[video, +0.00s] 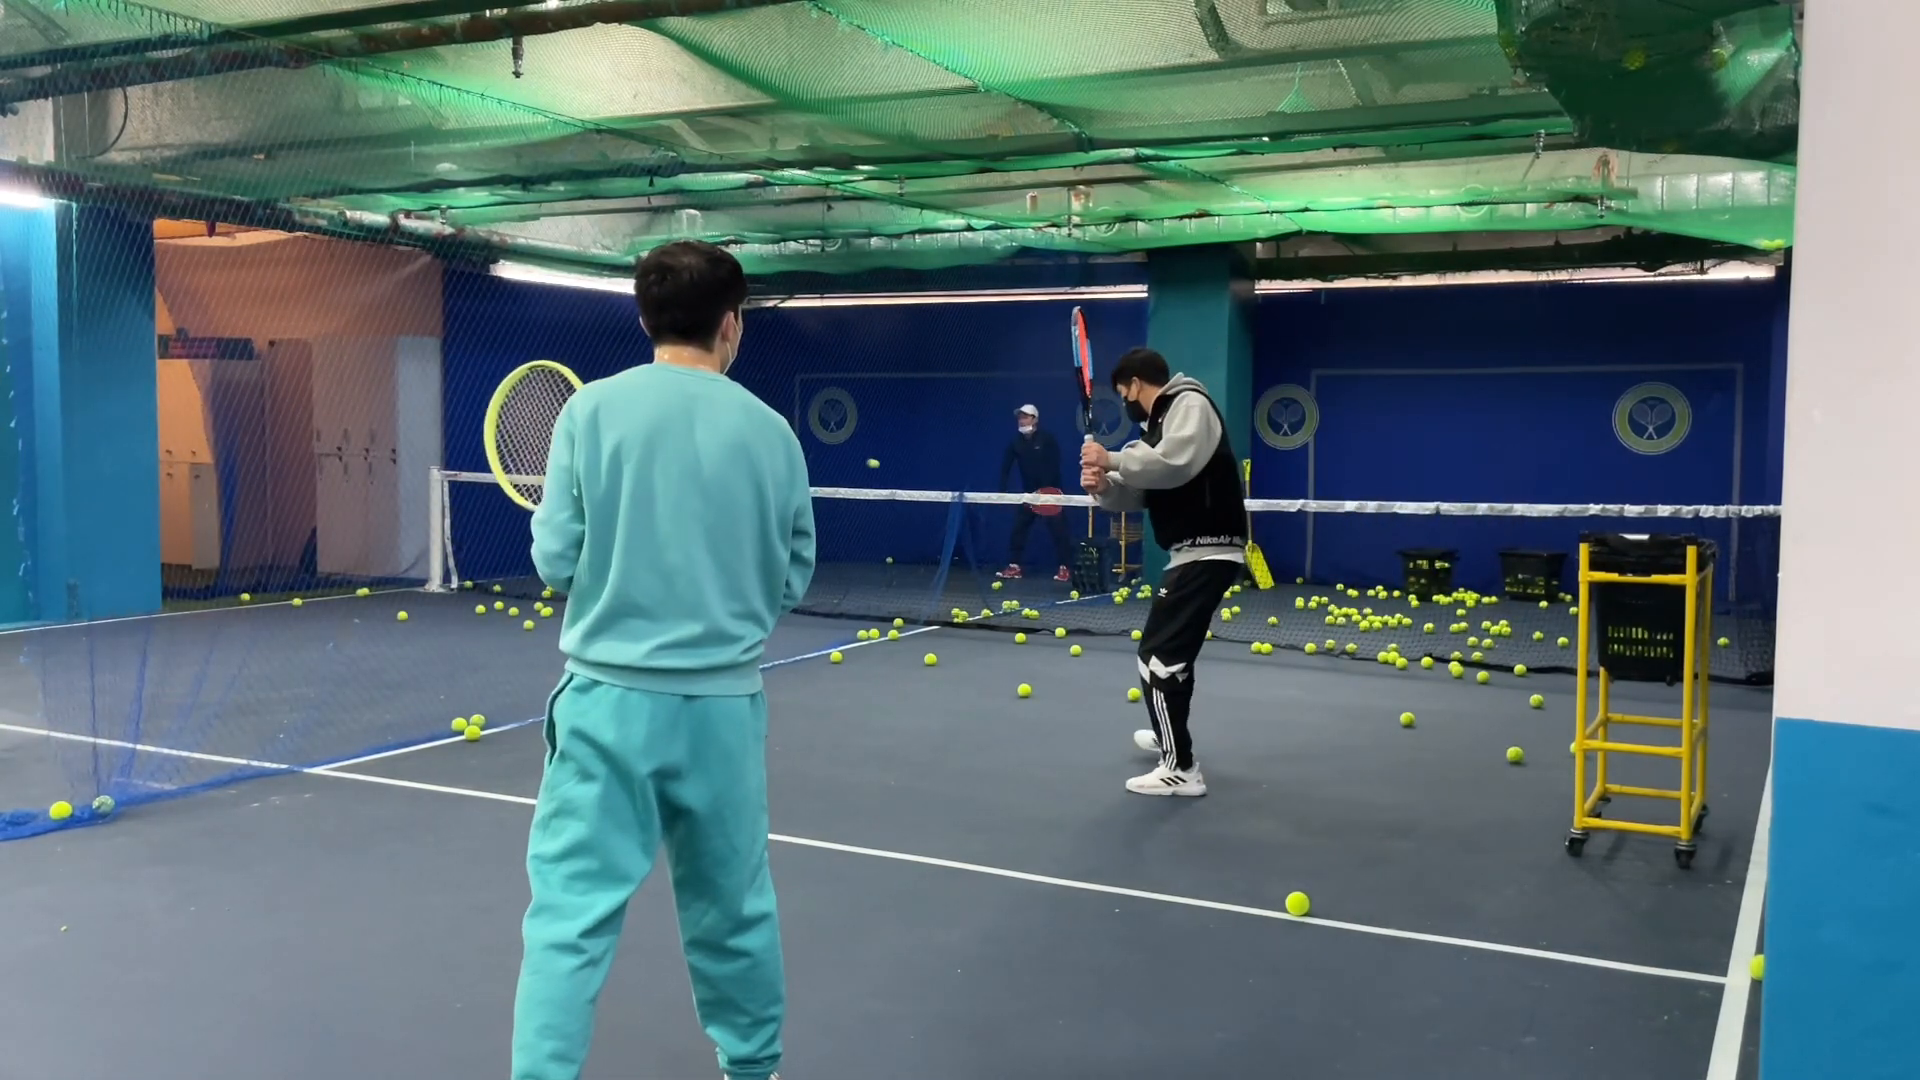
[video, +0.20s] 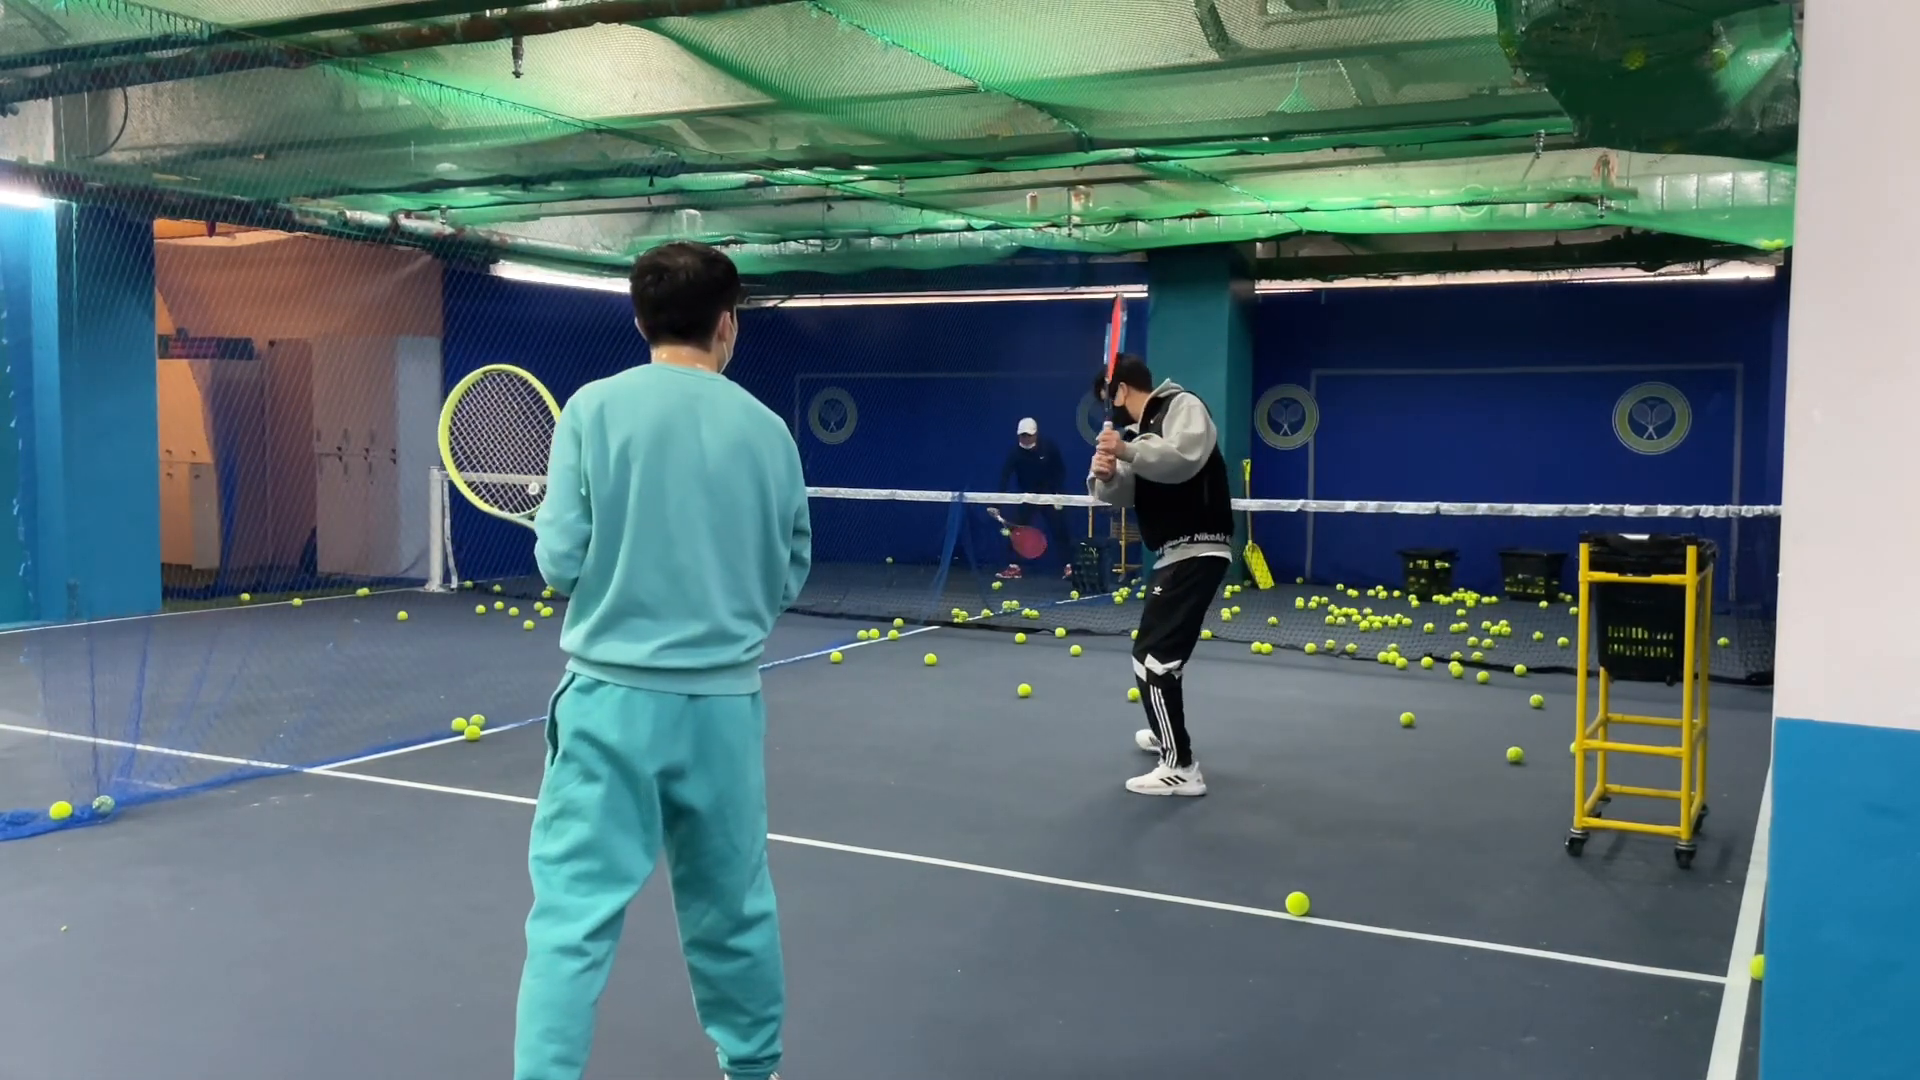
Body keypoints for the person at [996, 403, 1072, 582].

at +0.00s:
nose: (1022, 420)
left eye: (1026, 417)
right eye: (1020, 417)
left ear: (1035, 419)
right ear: (1018, 420)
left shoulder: (1047, 439)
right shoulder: (1015, 442)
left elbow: (1054, 465)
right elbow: (1006, 468)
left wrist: (1052, 490)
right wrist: (1002, 492)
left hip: (1050, 491)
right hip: (1028, 491)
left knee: (1058, 530)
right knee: (1019, 529)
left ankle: (1064, 566)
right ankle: (1015, 565)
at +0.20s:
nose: (1025, 439)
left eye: (1029, 435)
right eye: (1022, 435)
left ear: (1036, 435)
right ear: (1018, 436)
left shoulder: (1048, 448)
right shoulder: (1015, 453)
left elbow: (1060, 472)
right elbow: (1004, 480)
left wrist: (1059, 494)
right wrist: (996, 504)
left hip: (1049, 495)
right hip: (1026, 495)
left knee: (1060, 528)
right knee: (1017, 528)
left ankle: (1068, 564)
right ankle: (1014, 565)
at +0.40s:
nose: (1027, 447)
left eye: (1031, 444)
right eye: (1024, 444)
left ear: (1037, 440)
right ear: (1020, 441)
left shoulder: (1046, 451)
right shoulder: (1013, 456)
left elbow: (1058, 471)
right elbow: (996, 478)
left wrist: (1061, 489)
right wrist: (985, 501)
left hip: (1047, 499)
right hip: (1022, 499)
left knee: (1059, 531)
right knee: (1014, 531)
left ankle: (1068, 565)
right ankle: (1013, 566)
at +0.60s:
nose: (1022, 436)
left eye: (1025, 433)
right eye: (1018, 432)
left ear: (1031, 432)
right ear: (1014, 432)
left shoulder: (1041, 449)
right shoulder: (1006, 451)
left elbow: (1049, 473)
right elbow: (992, 475)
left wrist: (1048, 492)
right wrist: (986, 498)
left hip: (1038, 496)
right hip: (1014, 496)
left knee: (1050, 530)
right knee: (1009, 530)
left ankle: (1061, 564)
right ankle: (1012, 566)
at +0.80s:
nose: (1015, 422)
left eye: (1019, 419)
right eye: (1013, 418)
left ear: (1027, 420)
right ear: (1010, 419)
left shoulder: (1037, 441)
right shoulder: (1004, 441)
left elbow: (1042, 468)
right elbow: (995, 468)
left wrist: (1038, 491)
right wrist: (988, 491)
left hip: (1036, 491)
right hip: (1011, 492)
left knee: (1045, 526)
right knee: (1010, 529)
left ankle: (1053, 564)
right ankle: (1013, 565)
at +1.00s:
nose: (1017, 416)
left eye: (1021, 413)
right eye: (1015, 413)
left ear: (1029, 415)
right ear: (1012, 415)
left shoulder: (1039, 437)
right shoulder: (1007, 436)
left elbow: (1038, 464)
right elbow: (998, 463)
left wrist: (1017, 474)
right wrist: (992, 487)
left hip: (1035, 488)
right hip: (1013, 487)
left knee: (1036, 526)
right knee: (1013, 526)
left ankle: (1036, 564)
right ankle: (1014, 565)